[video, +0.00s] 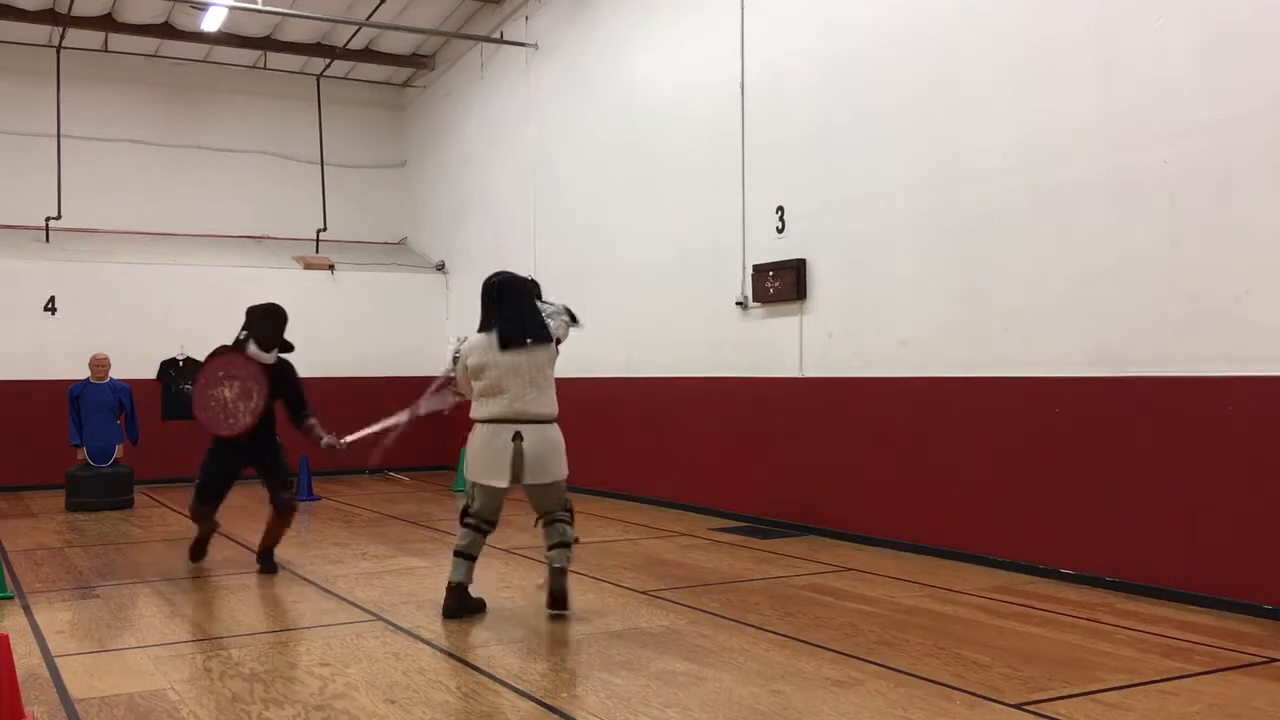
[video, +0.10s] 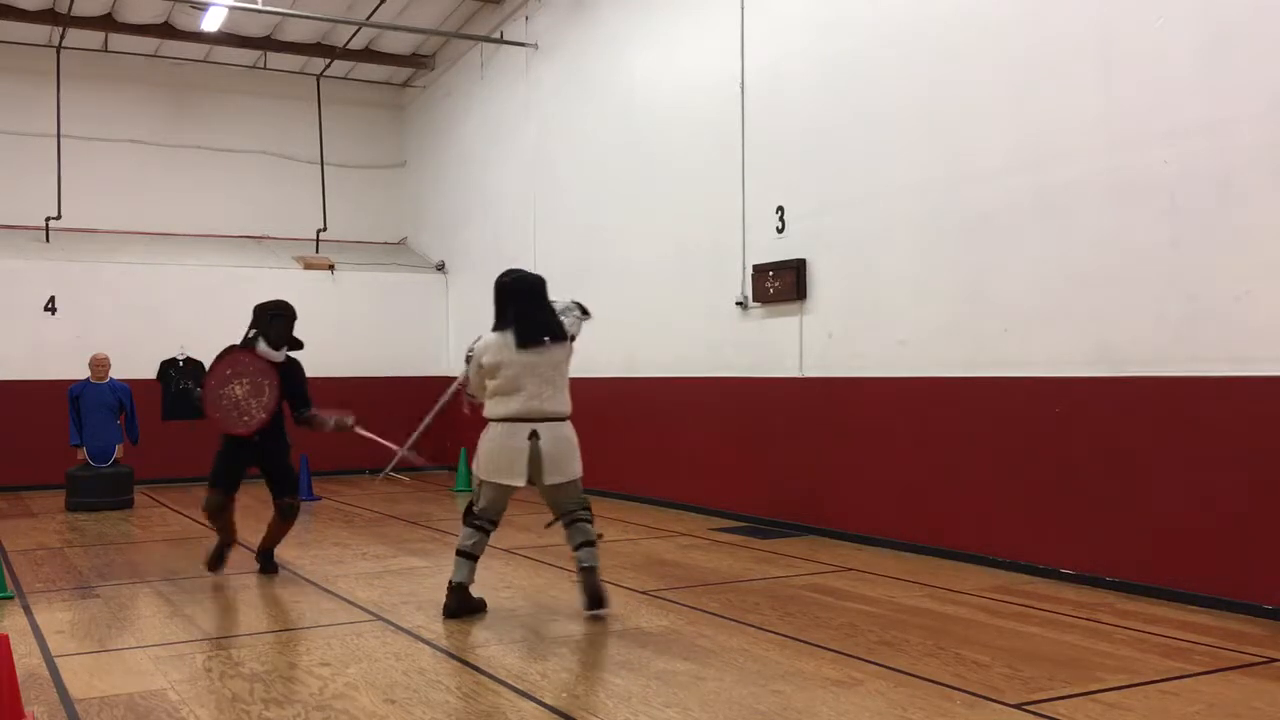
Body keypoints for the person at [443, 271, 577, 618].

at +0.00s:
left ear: (488, 306)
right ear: (529, 303)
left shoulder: (473, 346)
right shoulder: (545, 336)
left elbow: (464, 389)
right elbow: (560, 317)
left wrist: (456, 357)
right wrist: (536, 300)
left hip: (490, 443)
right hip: (542, 441)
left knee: (479, 517)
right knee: (555, 513)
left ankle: (456, 593)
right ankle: (558, 585)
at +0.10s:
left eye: (499, 301)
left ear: (501, 304)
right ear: (541, 300)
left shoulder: (487, 346)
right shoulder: (560, 335)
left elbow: (476, 391)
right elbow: (572, 315)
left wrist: (472, 360)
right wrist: (574, 310)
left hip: (503, 441)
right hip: (556, 439)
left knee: (483, 516)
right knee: (574, 512)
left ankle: (457, 592)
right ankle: (591, 580)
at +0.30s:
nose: (546, 303)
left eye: (548, 297)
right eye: (548, 297)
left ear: (551, 301)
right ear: (591, 298)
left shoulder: (536, 343)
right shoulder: (611, 333)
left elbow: (521, 389)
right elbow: (618, 314)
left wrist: (514, 350)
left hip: (545, 440)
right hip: (599, 441)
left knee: (508, 516)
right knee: (612, 519)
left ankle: (466, 588)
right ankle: (646, 591)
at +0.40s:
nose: (576, 301)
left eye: (578, 295)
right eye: (578, 294)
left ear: (584, 301)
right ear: (621, 296)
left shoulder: (572, 339)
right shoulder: (641, 336)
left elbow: (540, 365)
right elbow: (638, 316)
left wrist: (533, 324)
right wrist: (590, 296)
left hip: (573, 439)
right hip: (625, 440)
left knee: (532, 517)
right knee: (621, 520)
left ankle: (492, 591)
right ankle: (646, 595)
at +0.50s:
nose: (603, 291)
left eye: (608, 285)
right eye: (605, 284)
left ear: (616, 292)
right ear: (648, 290)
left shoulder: (602, 330)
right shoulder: (666, 332)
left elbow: (561, 348)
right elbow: (645, 314)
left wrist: (551, 308)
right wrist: (613, 290)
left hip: (602, 434)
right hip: (649, 437)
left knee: (559, 512)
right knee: (629, 518)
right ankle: (646, 597)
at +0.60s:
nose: (629, 288)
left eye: (632, 282)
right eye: (628, 280)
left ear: (640, 289)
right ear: (675, 286)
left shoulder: (627, 328)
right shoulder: (690, 330)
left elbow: (585, 343)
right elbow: (663, 314)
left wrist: (576, 306)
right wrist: (635, 288)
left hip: (627, 432)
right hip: (673, 435)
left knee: (591, 514)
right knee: (641, 517)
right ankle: (648, 598)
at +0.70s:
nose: (652, 291)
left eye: (655, 285)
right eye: (651, 284)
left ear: (664, 290)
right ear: (697, 286)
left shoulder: (653, 330)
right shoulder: (713, 327)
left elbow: (609, 343)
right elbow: (691, 294)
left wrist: (594, 299)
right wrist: (652, 267)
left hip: (653, 436)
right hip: (696, 436)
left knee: (633, 528)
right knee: (655, 517)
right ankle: (647, 600)